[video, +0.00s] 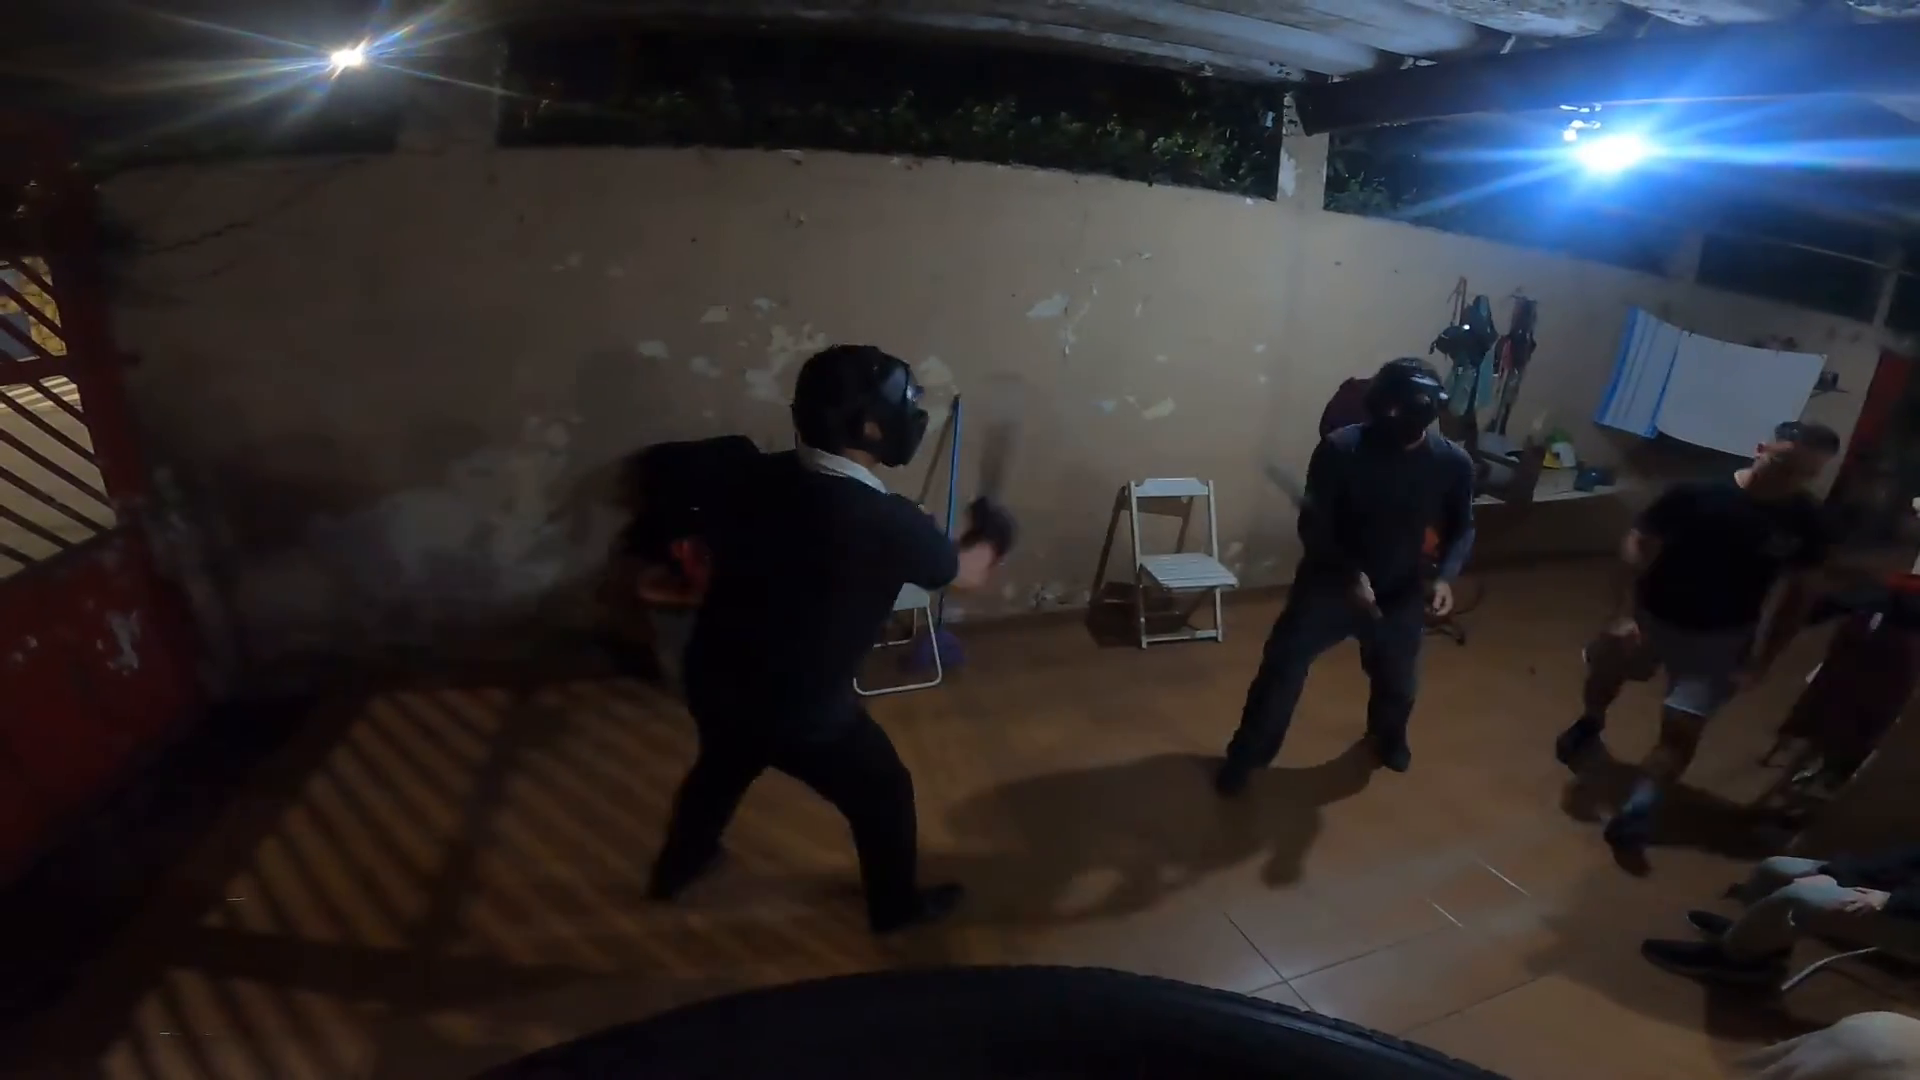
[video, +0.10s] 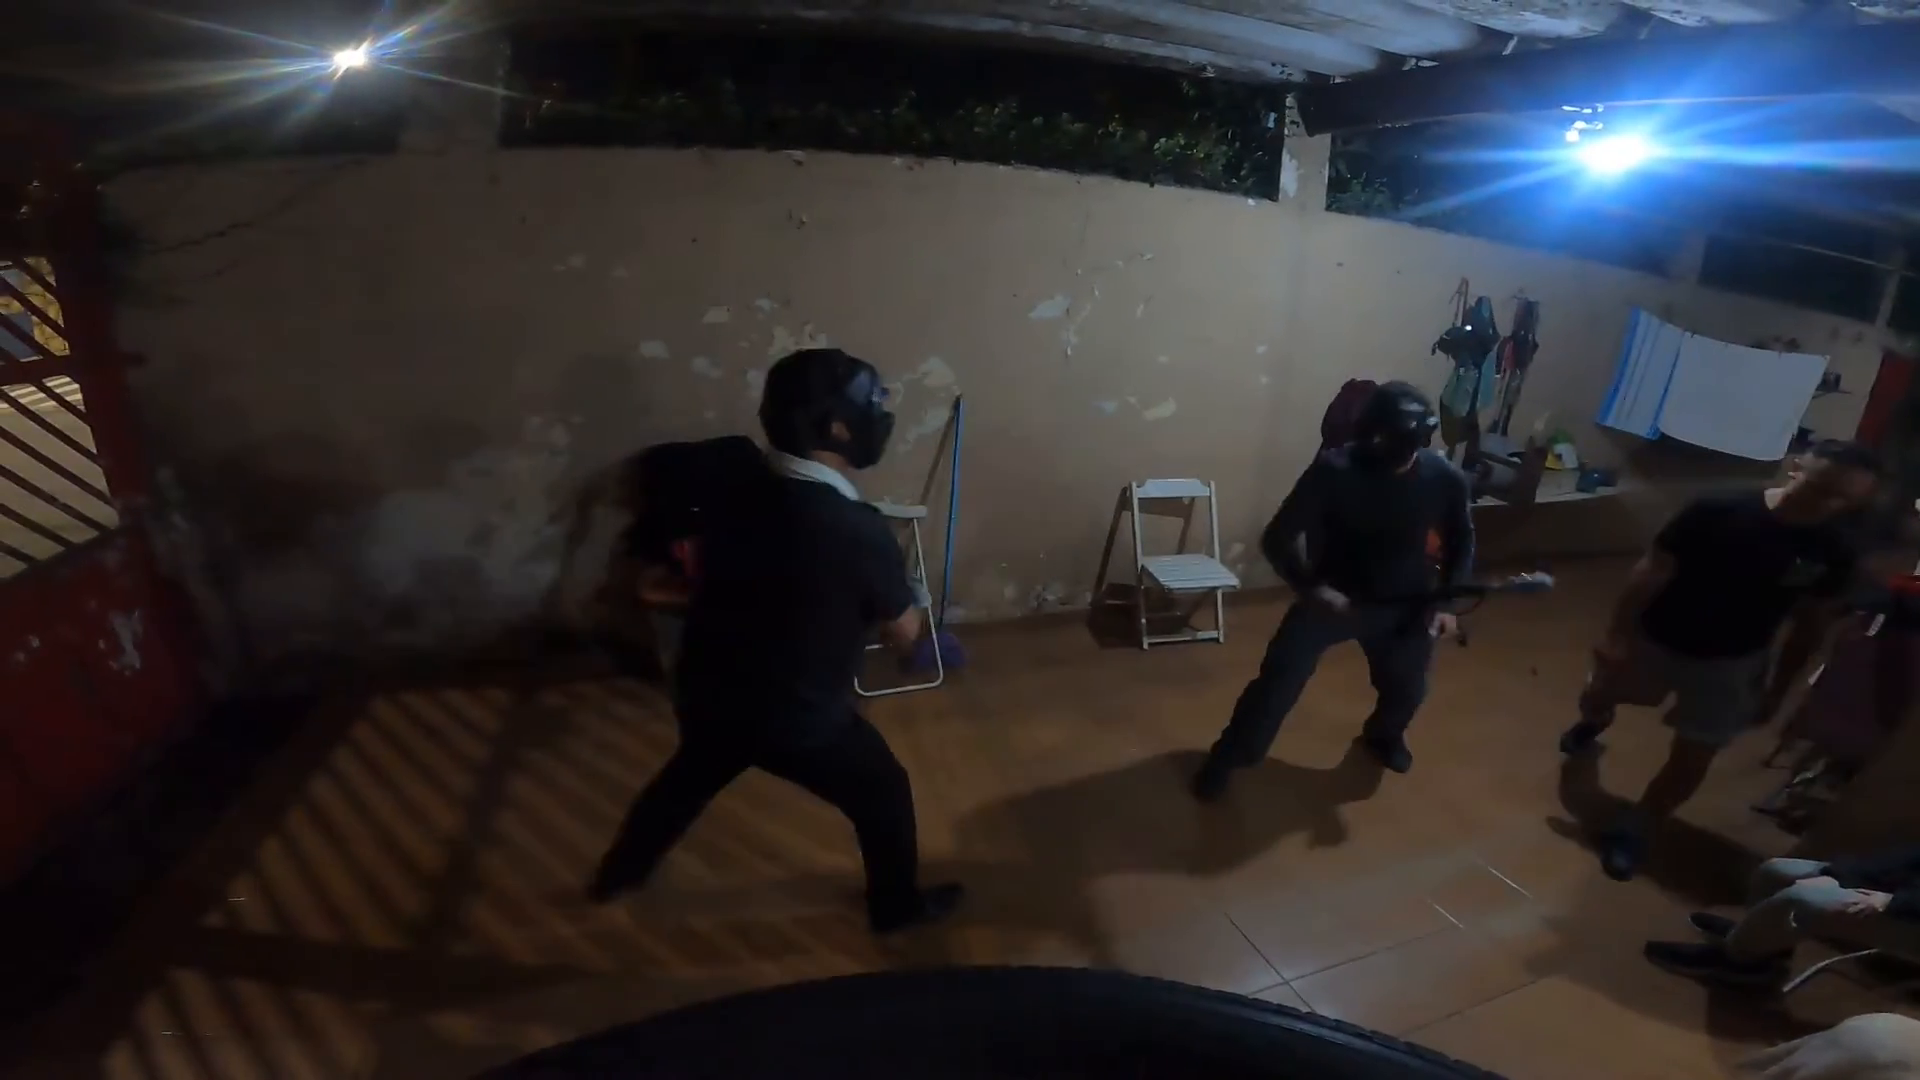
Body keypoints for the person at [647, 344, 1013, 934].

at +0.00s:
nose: (913, 415)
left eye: (909, 402)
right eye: (901, 405)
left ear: (807, 417)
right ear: (868, 429)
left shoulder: (755, 479)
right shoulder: (890, 522)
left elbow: (645, 474)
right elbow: (962, 570)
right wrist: (990, 539)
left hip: (717, 685)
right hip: (808, 711)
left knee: (723, 765)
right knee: (883, 792)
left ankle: (675, 866)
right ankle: (894, 905)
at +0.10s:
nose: (883, 418)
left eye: (879, 405)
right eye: (870, 408)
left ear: (781, 418)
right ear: (837, 430)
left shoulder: (730, 472)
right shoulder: (859, 529)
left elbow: (628, 476)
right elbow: (904, 631)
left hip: (709, 692)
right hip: (801, 715)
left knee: (696, 770)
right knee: (882, 790)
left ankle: (616, 871)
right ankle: (896, 905)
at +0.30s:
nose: (782, 435)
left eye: (778, 419)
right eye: (768, 423)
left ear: (682, 430)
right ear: (728, 440)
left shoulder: (640, 498)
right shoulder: (745, 543)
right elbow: (782, 675)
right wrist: (840, 687)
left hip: (637, 706)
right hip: (717, 723)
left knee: (648, 800)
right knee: (809, 814)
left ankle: (593, 906)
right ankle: (889, 900)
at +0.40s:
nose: (747, 455)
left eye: (744, 439)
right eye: (734, 440)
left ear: (677, 443)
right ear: (692, 447)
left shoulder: (611, 502)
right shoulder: (690, 529)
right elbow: (714, 670)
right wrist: (795, 695)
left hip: (599, 705)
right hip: (669, 718)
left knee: (649, 790)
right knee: (761, 813)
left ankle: (594, 906)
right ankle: (873, 901)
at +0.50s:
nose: (715, 438)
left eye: (715, 424)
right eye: (706, 424)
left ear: (655, 426)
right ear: (670, 429)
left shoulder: (594, 477)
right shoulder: (637, 496)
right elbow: (613, 626)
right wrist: (736, 688)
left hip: (528, 672)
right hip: (577, 680)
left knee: (605, 777)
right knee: (693, 779)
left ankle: (589, 895)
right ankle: (755, 890)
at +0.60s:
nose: (691, 406)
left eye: (688, 392)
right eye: (677, 392)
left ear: (620, 400)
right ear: (632, 400)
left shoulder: (557, 453)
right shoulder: (602, 471)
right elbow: (551, 600)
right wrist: (636, 638)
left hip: (484, 652)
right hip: (535, 660)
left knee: (527, 775)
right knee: (618, 783)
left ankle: (525, 888)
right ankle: (607, 905)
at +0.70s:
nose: (658, 393)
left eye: (655, 378)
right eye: (642, 380)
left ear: (586, 395)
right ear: (595, 395)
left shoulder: (532, 454)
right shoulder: (563, 478)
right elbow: (528, 612)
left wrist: (637, 491)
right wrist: (617, 639)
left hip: (471, 652)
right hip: (516, 667)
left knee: (492, 764)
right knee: (585, 781)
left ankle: (460, 877)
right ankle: (600, 908)